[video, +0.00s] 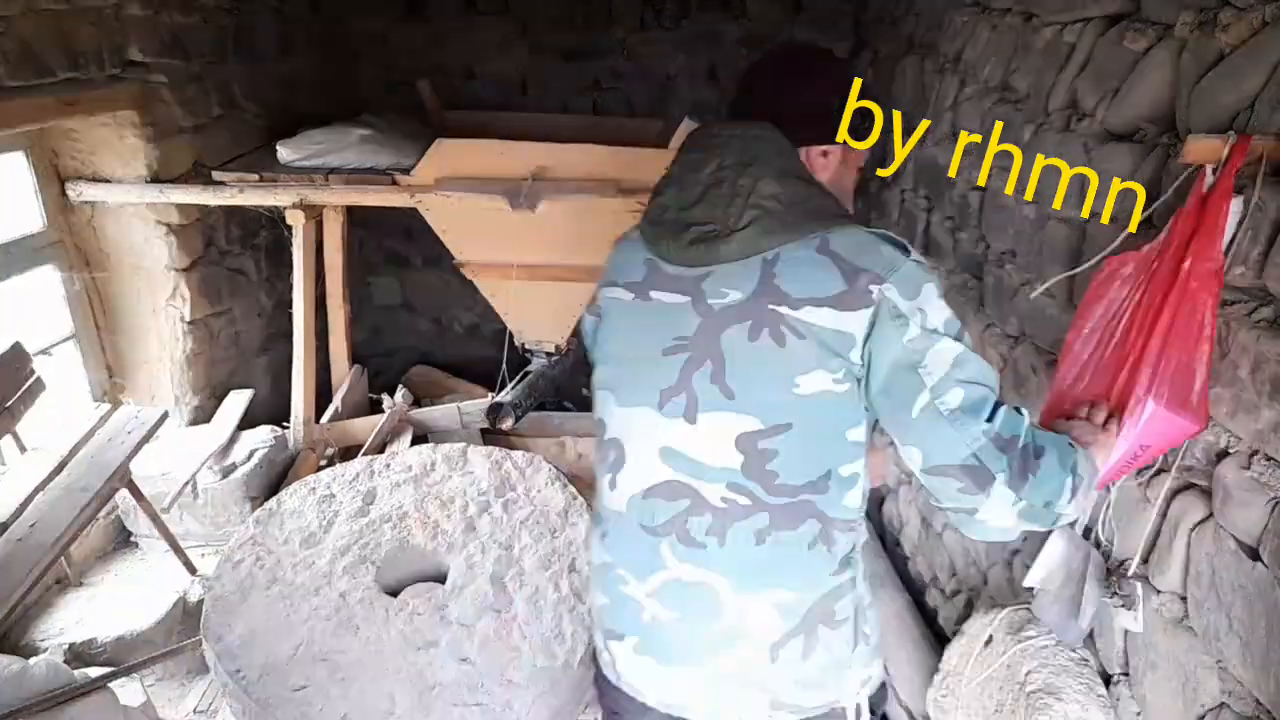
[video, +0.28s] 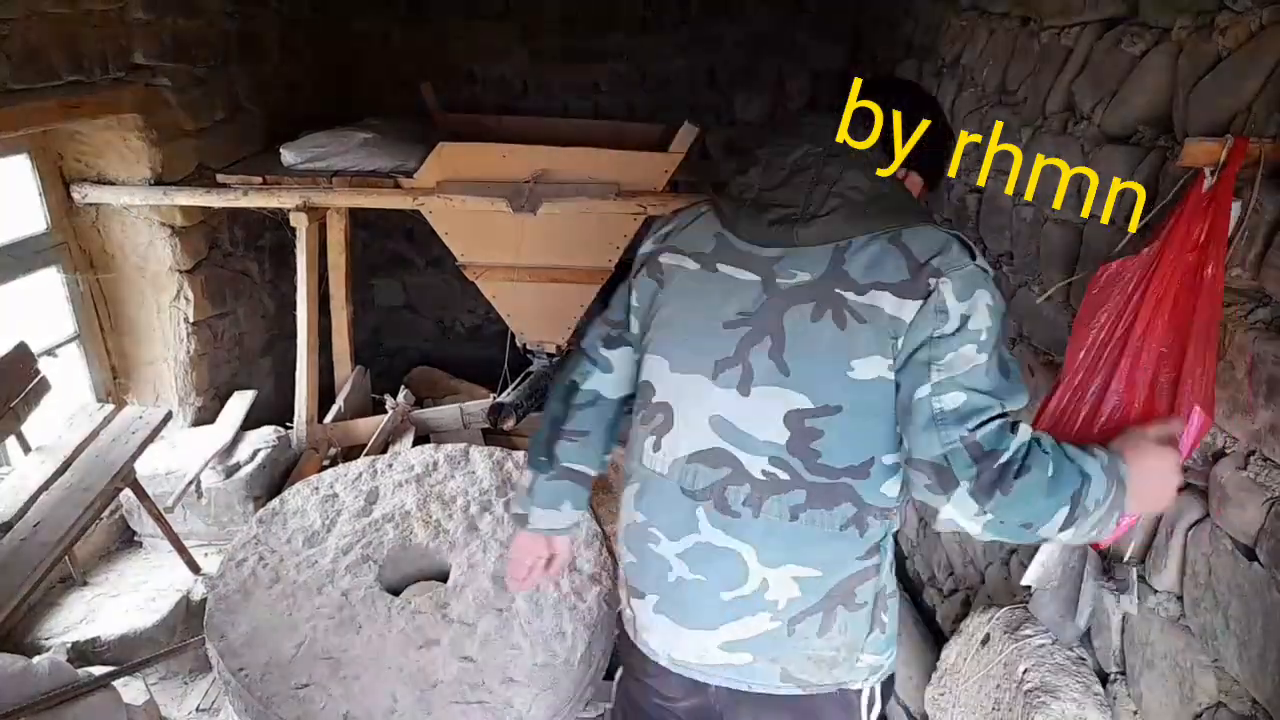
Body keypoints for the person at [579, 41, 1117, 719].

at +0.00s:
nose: (858, 179)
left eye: (860, 157)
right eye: (856, 157)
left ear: (733, 139)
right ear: (820, 156)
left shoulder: (627, 265)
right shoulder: (875, 276)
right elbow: (979, 474)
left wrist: (849, 463)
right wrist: (1077, 462)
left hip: (640, 673)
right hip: (806, 682)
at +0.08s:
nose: (916, 183)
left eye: (918, 164)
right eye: (917, 162)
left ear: (809, 132)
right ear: (886, 151)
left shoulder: (708, 243)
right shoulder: (891, 247)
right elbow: (944, 437)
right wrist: (1072, 427)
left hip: (682, 630)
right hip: (813, 651)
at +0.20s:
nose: (913, 173)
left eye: (917, 154)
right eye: (910, 154)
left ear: (808, 134)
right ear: (881, 147)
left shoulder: (708, 245)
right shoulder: (884, 246)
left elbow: (819, 408)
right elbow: (937, 435)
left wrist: (978, 390)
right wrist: (1098, 429)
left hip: (682, 632)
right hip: (809, 655)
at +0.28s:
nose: (941, 188)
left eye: (939, 171)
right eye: (941, 172)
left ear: (809, 137)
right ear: (918, 169)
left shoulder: (674, 241)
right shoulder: (938, 275)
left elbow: (593, 381)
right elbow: (964, 468)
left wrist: (551, 504)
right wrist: (1115, 481)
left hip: (661, 634)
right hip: (818, 662)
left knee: (655, 700)